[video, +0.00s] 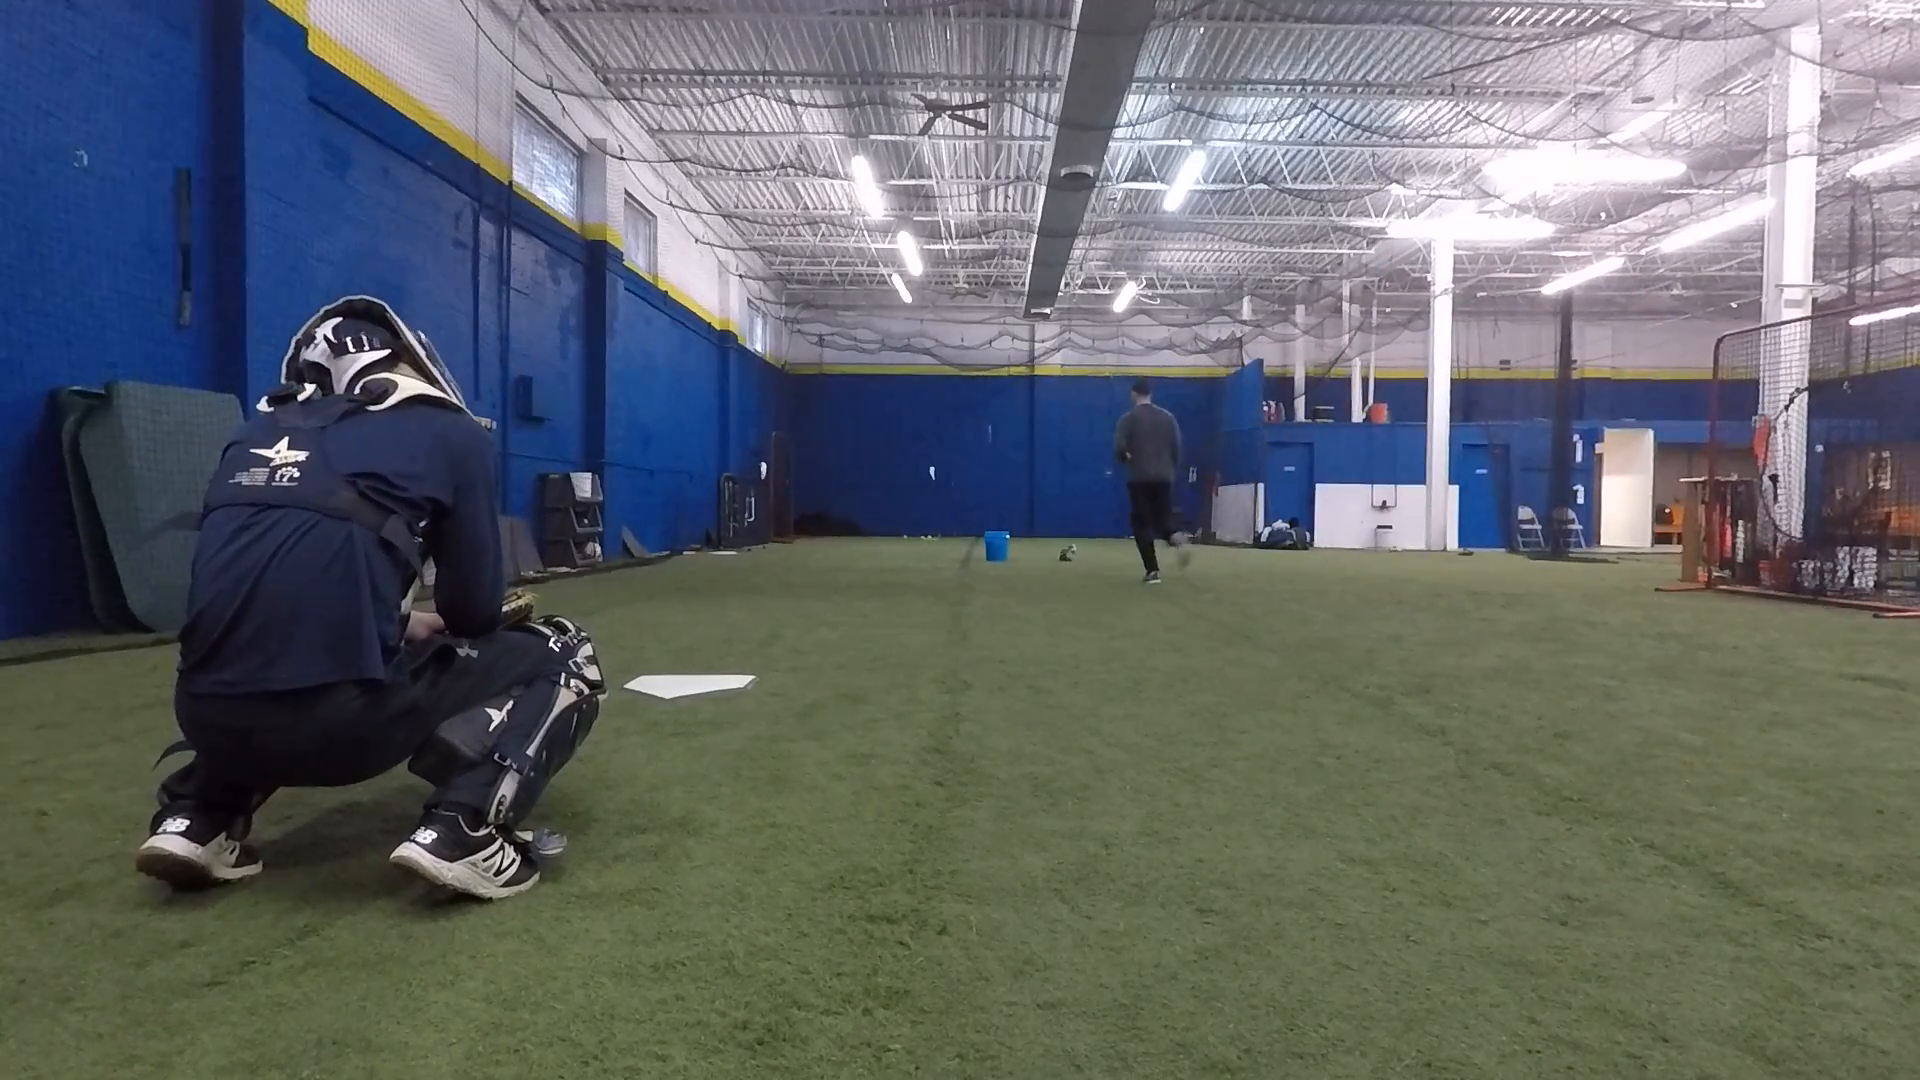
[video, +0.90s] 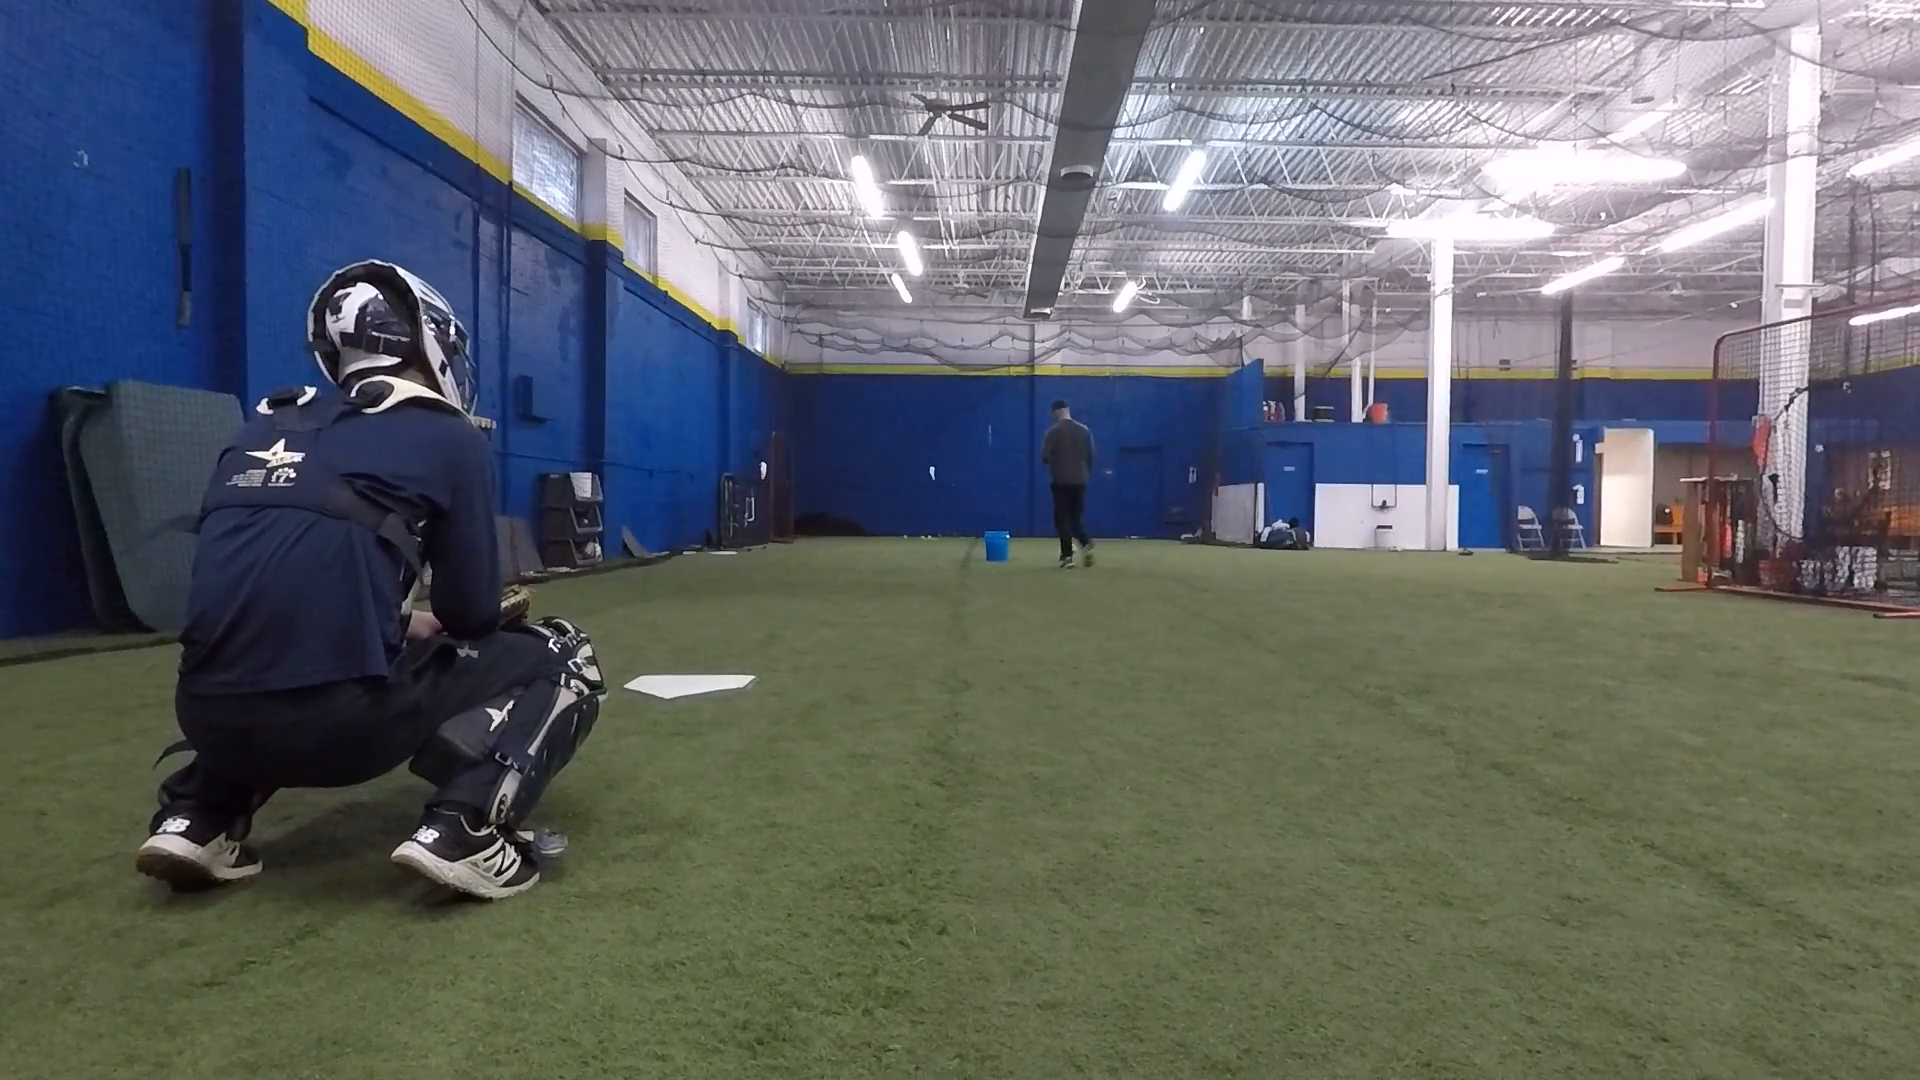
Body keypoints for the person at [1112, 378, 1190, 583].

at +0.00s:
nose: (1132, 397)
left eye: (1132, 394)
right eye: (1134, 394)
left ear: (1134, 394)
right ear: (1150, 394)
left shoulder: (1128, 418)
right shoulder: (1167, 416)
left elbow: (1120, 448)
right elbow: (1177, 445)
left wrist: (1125, 457)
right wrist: (1174, 465)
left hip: (1139, 479)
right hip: (1164, 477)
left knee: (1141, 523)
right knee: (1162, 518)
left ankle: (1152, 571)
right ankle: (1177, 539)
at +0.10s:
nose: (1126, 392)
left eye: (1126, 388)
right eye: (1130, 388)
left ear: (1126, 389)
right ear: (1141, 389)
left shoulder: (1119, 410)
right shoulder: (1157, 410)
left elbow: (1109, 437)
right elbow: (1168, 437)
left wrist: (1121, 447)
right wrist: (1162, 456)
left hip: (1130, 469)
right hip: (1154, 468)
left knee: (1137, 514)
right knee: (1152, 512)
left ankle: (1146, 562)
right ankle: (1150, 554)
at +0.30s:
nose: (1113, 404)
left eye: (1112, 401)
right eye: (1116, 401)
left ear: (1111, 401)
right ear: (1126, 402)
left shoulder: (1102, 421)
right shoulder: (1138, 422)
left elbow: (1093, 443)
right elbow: (1150, 449)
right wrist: (1141, 468)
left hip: (1110, 476)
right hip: (1132, 476)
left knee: (1115, 516)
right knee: (1126, 516)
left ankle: (1128, 540)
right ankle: (1119, 562)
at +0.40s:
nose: (1102, 408)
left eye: (1101, 405)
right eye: (1104, 405)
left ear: (1102, 406)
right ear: (1117, 407)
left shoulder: (1097, 425)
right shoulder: (1128, 427)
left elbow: (1093, 449)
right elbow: (1139, 454)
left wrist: (1090, 464)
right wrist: (1133, 471)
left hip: (1103, 481)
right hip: (1124, 481)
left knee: (1097, 520)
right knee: (1116, 520)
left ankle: (1113, 540)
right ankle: (1119, 562)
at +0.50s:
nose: (1090, 405)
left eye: (1090, 402)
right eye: (1092, 402)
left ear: (1091, 402)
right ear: (1105, 402)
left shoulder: (1090, 420)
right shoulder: (1118, 422)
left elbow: (1090, 440)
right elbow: (1127, 448)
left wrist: (1080, 454)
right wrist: (1122, 466)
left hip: (1093, 476)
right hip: (1114, 475)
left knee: (1086, 515)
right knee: (1111, 515)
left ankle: (1096, 550)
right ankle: (1119, 555)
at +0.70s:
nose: (1073, 412)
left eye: (1072, 409)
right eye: (1074, 408)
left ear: (1070, 409)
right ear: (1084, 408)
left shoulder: (1069, 426)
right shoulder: (1098, 426)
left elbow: (1070, 444)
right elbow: (1106, 448)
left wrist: (1061, 455)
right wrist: (1105, 468)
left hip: (1074, 479)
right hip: (1094, 477)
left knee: (1070, 517)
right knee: (1095, 514)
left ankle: (1068, 558)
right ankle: (1114, 541)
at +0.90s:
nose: (1054, 416)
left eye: (1054, 413)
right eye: (1056, 413)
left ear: (1055, 413)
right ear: (1068, 411)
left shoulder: (1053, 431)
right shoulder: (1083, 430)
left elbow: (1045, 455)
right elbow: (1090, 453)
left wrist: (1054, 461)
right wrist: (1088, 470)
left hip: (1060, 481)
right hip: (1079, 480)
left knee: (1062, 518)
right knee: (1076, 516)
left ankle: (1066, 555)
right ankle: (1086, 543)